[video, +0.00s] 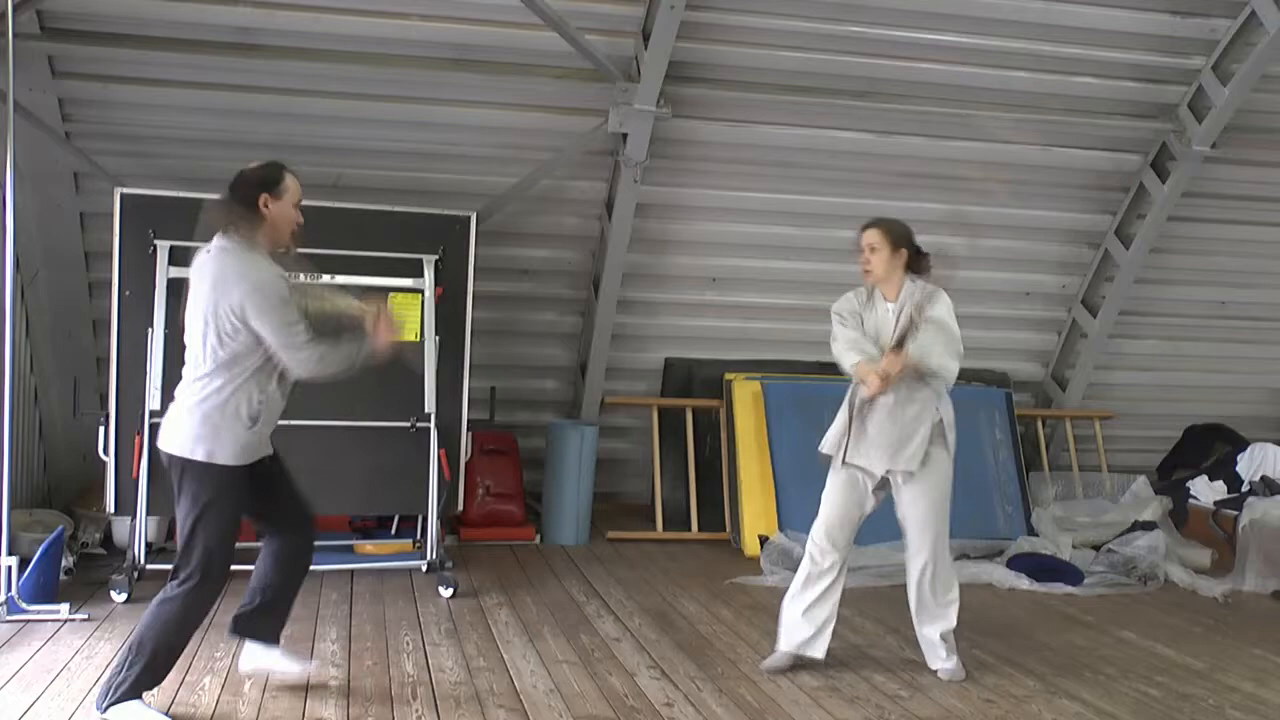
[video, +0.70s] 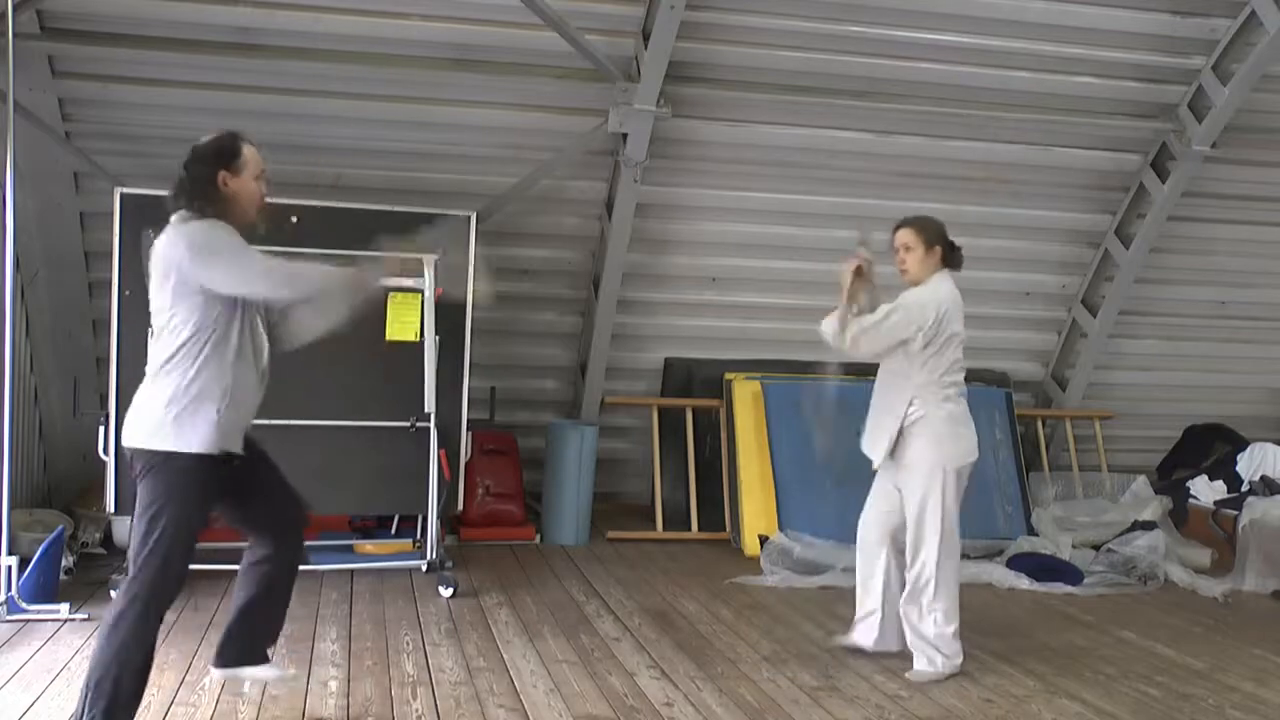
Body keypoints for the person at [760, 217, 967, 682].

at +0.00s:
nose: (863, 259)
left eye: (873, 250)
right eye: (862, 251)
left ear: (902, 255)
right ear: (862, 258)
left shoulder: (933, 301)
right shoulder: (850, 304)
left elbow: (946, 356)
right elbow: (845, 346)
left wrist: (903, 361)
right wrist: (866, 370)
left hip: (921, 437)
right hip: (861, 434)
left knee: (928, 548)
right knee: (826, 539)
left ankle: (941, 649)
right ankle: (795, 643)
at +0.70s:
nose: (898, 260)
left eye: (907, 249)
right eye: (896, 251)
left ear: (937, 253)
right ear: (925, 257)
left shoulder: (930, 299)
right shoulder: (930, 295)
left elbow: (858, 342)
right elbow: (876, 334)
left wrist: (845, 301)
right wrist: (863, 293)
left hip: (933, 437)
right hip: (910, 437)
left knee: (930, 546)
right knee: (875, 529)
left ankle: (939, 653)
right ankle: (877, 632)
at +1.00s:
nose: (905, 257)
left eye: (914, 249)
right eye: (903, 250)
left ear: (942, 255)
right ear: (907, 258)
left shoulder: (937, 300)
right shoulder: (921, 302)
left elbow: (894, 360)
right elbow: (895, 368)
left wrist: (862, 405)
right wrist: (862, 409)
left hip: (963, 442)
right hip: (928, 441)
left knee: (941, 543)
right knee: (918, 542)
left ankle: (942, 652)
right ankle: (921, 638)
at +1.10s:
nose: (902, 261)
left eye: (911, 252)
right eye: (899, 254)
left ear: (938, 258)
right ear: (899, 262)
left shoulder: (954, 301)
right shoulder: (897, 315)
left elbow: (919, 363)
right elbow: (879, 372)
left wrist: (870, 408)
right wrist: (863, 409)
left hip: (976, 445)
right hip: (924, 446)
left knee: (956, 543)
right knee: (919, 544)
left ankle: (966, 651)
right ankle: (927, 637)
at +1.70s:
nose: (970, 250)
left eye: (982, 244)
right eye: (962, 244)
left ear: (1019, 252)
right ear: (971, 254)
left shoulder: (1052, 290)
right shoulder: (986, 292)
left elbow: (1031, 251)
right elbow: (971, 274)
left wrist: (977, 229)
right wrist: (975, 230)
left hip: (1048, 432)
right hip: (989, 429)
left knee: (1062, 551)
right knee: (962, 537)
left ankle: (1085, 666)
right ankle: (932, 640)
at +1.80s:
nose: (1009, 246)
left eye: (1015, 239)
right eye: (1001, 241)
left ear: (1036, 244)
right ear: (993, 248)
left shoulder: (1062, 292)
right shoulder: (989, 296)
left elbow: (1062, 228)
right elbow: (989, 247)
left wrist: (1013, 175)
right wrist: (1007, 180)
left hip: (1059, 441)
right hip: (997, 440)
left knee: (1069, 557)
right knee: (972, 542)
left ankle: (1085, 667)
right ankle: (959, 645)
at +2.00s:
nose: (1038, 249)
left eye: (1046, 244)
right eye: (1033, 243)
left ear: (1062, 253)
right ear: (1018, 250)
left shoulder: (1075, 295)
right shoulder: (998, 296)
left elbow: (1094, 243)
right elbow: (1024, 249)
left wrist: (1061, 189)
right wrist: (1051, 192)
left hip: (1074, 434)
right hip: (1012, 435)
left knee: (1089, 551)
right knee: (1004, 547)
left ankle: (1090, 661)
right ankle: (1000, 651)